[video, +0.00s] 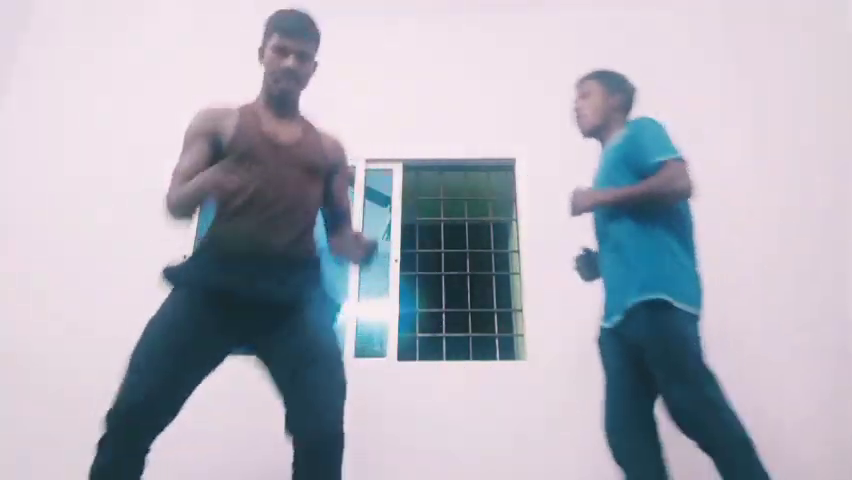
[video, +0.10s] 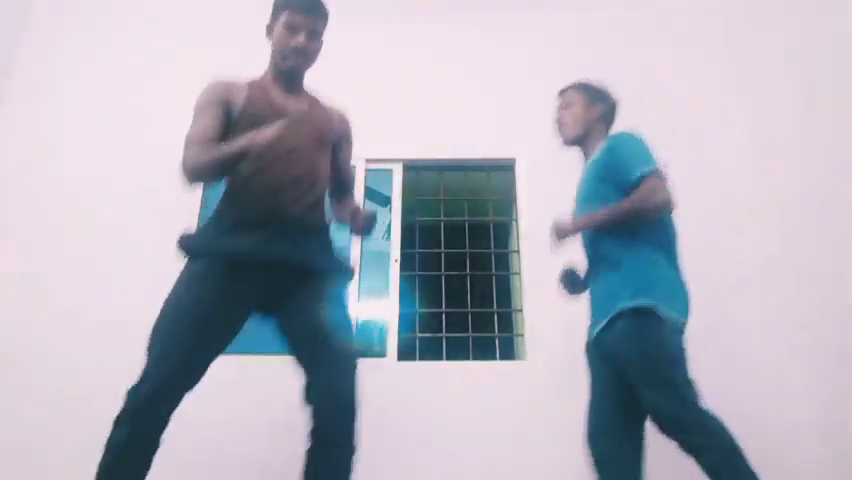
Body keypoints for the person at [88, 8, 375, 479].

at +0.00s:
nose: (290, 64)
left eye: (301, 56)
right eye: (281, 52)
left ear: (314, 66)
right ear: (262, 54)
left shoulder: (329, 151)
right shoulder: (215, 124)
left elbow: (339, 231)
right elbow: (176, 204)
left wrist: (354, 245)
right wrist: (209, 180)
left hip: (292, 302)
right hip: (211, 293)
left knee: (322, 431)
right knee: (131, 418)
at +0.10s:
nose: (301, 42)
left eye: (312, 35)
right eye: (292, 29)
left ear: (321, 45)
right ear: (271, 29)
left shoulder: (333, 122)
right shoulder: (226, 95)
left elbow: (342, 198)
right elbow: (193, 165)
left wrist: (355, 213)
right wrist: (256, 139)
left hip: (303, 271)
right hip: (226, 263)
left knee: (337, 376)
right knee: (157, 389)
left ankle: (327, 476)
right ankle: (115, 477)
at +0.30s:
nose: (337, 67)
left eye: (340, 58)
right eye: (330, 54)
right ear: (293, 53)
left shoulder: (341, 139)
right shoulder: (240, 109)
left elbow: (358, 228)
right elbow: (231, 154)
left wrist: (377, 209)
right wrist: (307, 110)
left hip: (324, 296)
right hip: (251, 290)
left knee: (366, 427)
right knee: (194, 415)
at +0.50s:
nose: (336, 76)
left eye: (338, 69)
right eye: (329, 65)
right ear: (291, 64)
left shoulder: (333, 150)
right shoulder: (233, 120)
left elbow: (349, 235)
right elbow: (225, 174)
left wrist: (353, 196)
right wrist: (294, 122)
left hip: (309, 302)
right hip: (236, 295)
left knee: (358, 446)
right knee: (164, 394)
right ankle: (139, 477)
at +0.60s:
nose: (315, 53)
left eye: (317, 44)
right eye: (308, 39)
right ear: (270, 36)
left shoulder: (314, 117)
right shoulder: (211, 88)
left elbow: (336, 210)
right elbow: (173, 149)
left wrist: (324, 156)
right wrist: (258, 107)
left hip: (283, 277)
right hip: (206, 264)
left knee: (330, 427)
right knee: (120, 372)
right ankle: (62, 475)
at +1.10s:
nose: (316, 66)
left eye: (318, 58)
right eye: (308, 53)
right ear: (271, 52)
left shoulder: (311, 141)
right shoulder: (213, 111)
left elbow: (329, 235)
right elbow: (174, 180)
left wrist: (329, 188)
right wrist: (259, 142)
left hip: (289, 297)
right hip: (213, 289)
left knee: (358, 430)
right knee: (135, 389)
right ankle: (118, 476)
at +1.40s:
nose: (317, 68)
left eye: (321, 62)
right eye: (311, 55)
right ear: (273, 50)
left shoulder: (302, 139)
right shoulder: (204, 98)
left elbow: (312, 234)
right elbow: (145, 161)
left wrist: (312, 181)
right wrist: (232, 133)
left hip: (257, 278)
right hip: (180, 265)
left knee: (313, 422)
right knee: (97, 362)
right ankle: (61, 475)